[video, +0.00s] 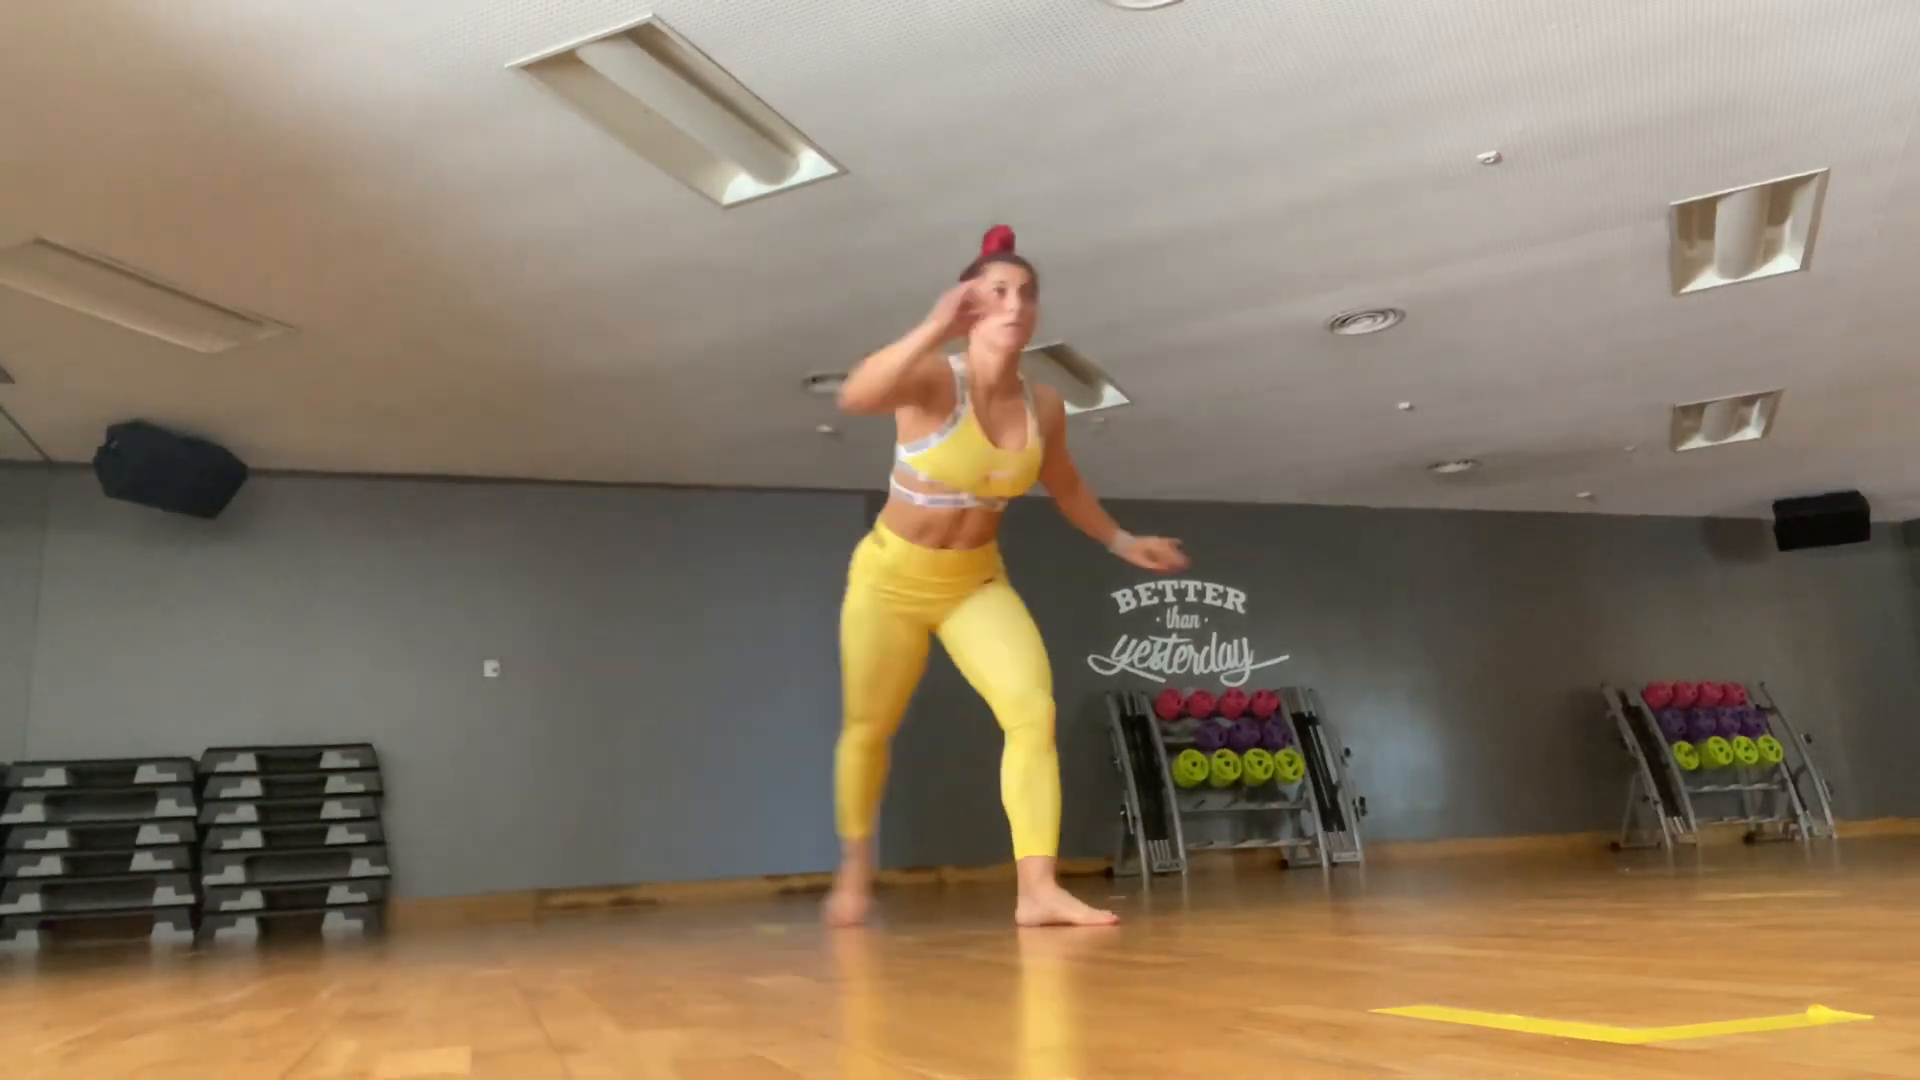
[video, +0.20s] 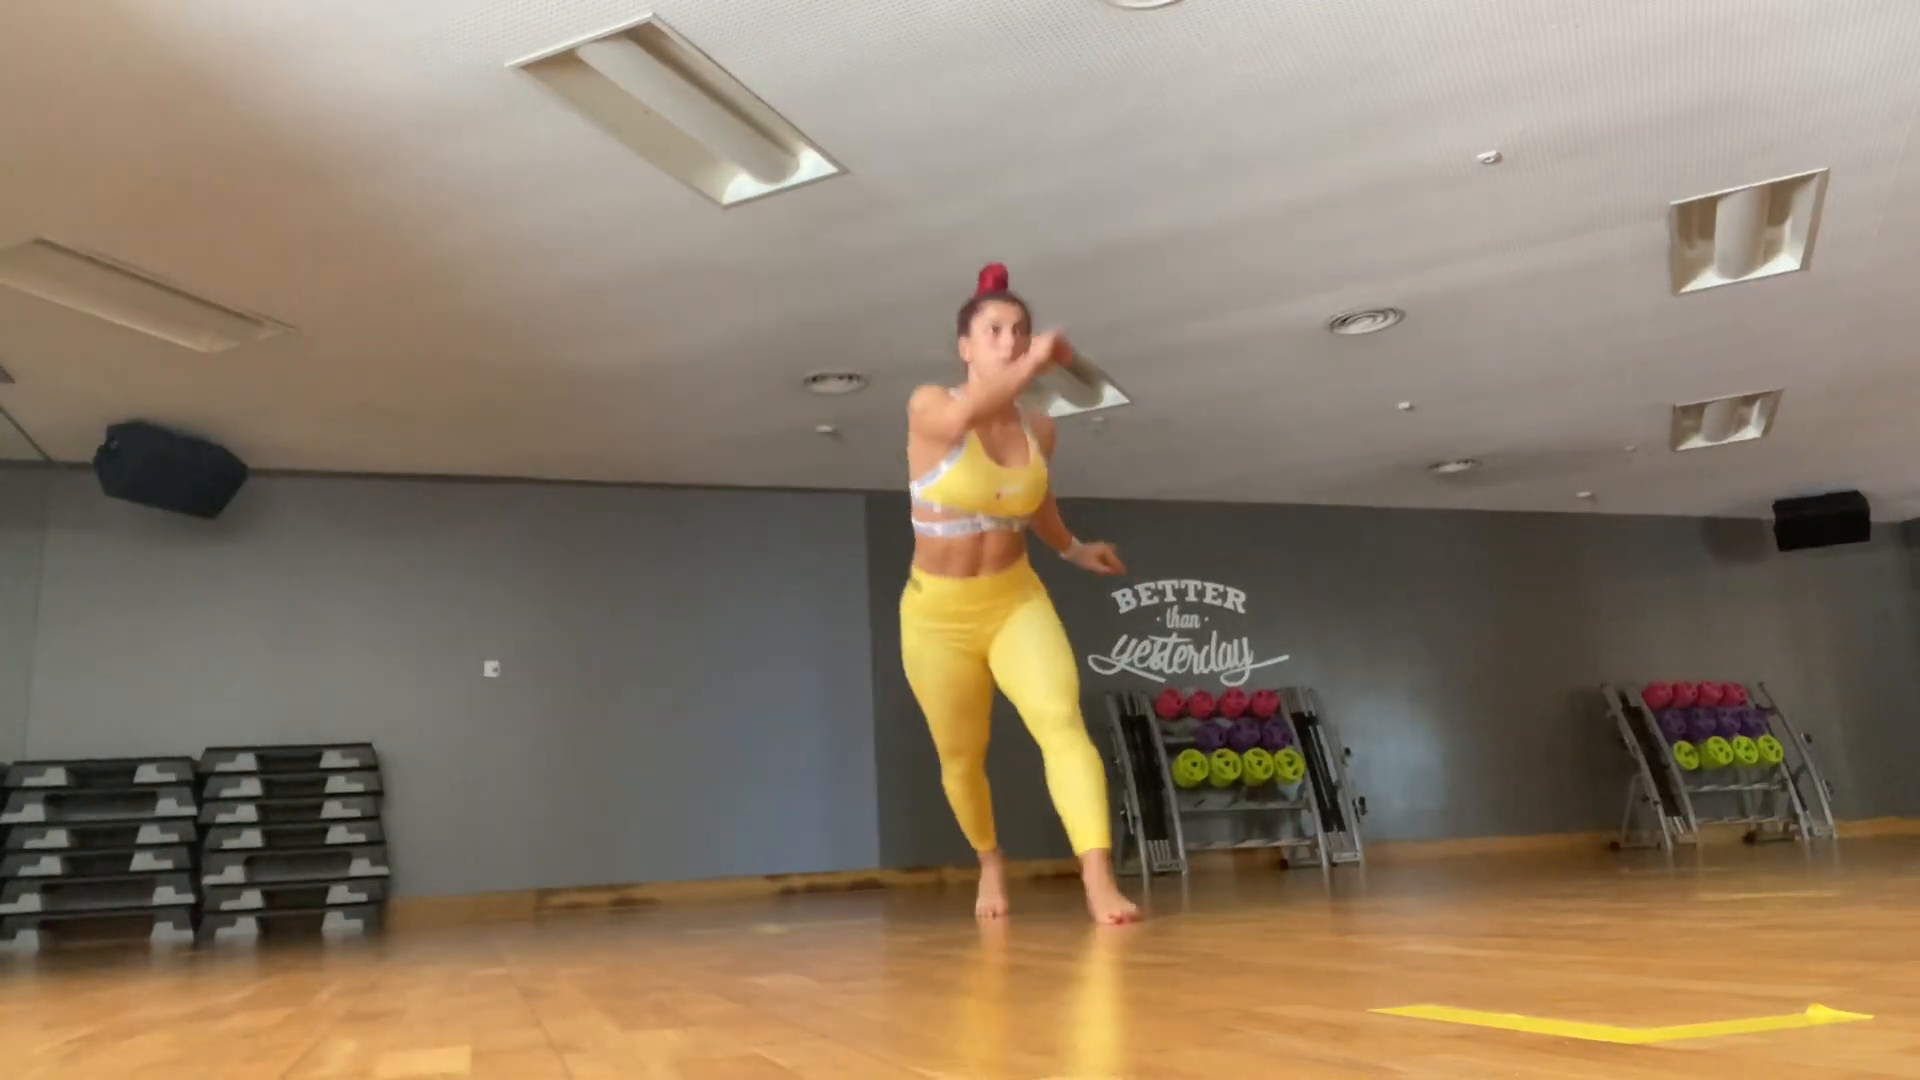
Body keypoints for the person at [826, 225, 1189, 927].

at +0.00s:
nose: (1017, 303)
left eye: (1027, 293)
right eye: (1000, 291)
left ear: (1037, 315)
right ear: (967, 309)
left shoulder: (1042, 408)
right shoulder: (930, 376)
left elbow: (1067, 490)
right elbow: (856, 395)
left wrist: (1124, 543)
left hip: (976, 584)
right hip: (891, 579)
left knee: (1032, 711)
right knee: (867, 729)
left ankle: (1038, 890)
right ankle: (855, 865)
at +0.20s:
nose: (1010, 339)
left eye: (1020, 330)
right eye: (994, 328)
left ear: (1031, 347)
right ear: (965, 344)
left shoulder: (1036, 429)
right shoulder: (930, 405)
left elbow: (1039, 502)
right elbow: (964, 414)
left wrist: (1071, 548)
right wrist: (1026, 366)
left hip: (1016, 604)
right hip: (937, 613)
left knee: (1060, 722)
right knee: (960, 759)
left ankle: (1099, 878)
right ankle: (989, 862)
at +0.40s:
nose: (1034, 356)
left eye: (1045, 345)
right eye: (1017, 341)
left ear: (1055, 359)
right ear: (985, 354)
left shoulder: (1051, 438)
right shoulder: (954, 413)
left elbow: (1075, 522)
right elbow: (999, 432)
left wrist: (1141, 558)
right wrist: (1063, 381)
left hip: (1032, 619)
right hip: (954, 627)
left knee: (1094, 713)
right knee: (966, 768)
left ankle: (1122, 884)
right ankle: (986, 872)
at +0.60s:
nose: (1082, 318)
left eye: (1090, 307)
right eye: (1065, 304)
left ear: (1097, 322)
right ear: (1031, 317)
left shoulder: (1088, 417)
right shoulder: (996, 372)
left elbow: (1117, 510)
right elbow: (1034, 419)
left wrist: (1157, 495)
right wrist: (1121, 366)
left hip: (1026, 591)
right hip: (945, 586)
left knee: (1090, 712)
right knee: (941, 754)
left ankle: (1122, 886)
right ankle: (934, 863)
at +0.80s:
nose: (1055, 326)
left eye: (1066, 313)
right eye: (1037, 311)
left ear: (1079, 325)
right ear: (1008, 324)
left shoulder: (1089, 408)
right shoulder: (966, 386)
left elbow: (1149, 501)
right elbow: (987, 436)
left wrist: (1170, 486)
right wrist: (1073, 375)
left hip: (1014, 598)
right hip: (925, 587)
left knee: (1104, 706)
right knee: (862, 736)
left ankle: (1121, 887)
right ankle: (811, 888)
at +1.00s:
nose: (927, 326)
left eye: (941, 312)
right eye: (910, 309)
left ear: (960, 325)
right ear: (881, 321)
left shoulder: (978, 410)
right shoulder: (842, 393)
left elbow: (1051, 486)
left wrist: (1111, 504)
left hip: (934, 594)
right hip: (838, 591)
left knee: (1025, 722)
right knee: (797, 723)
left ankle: (1118, 881)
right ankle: (767, 911)